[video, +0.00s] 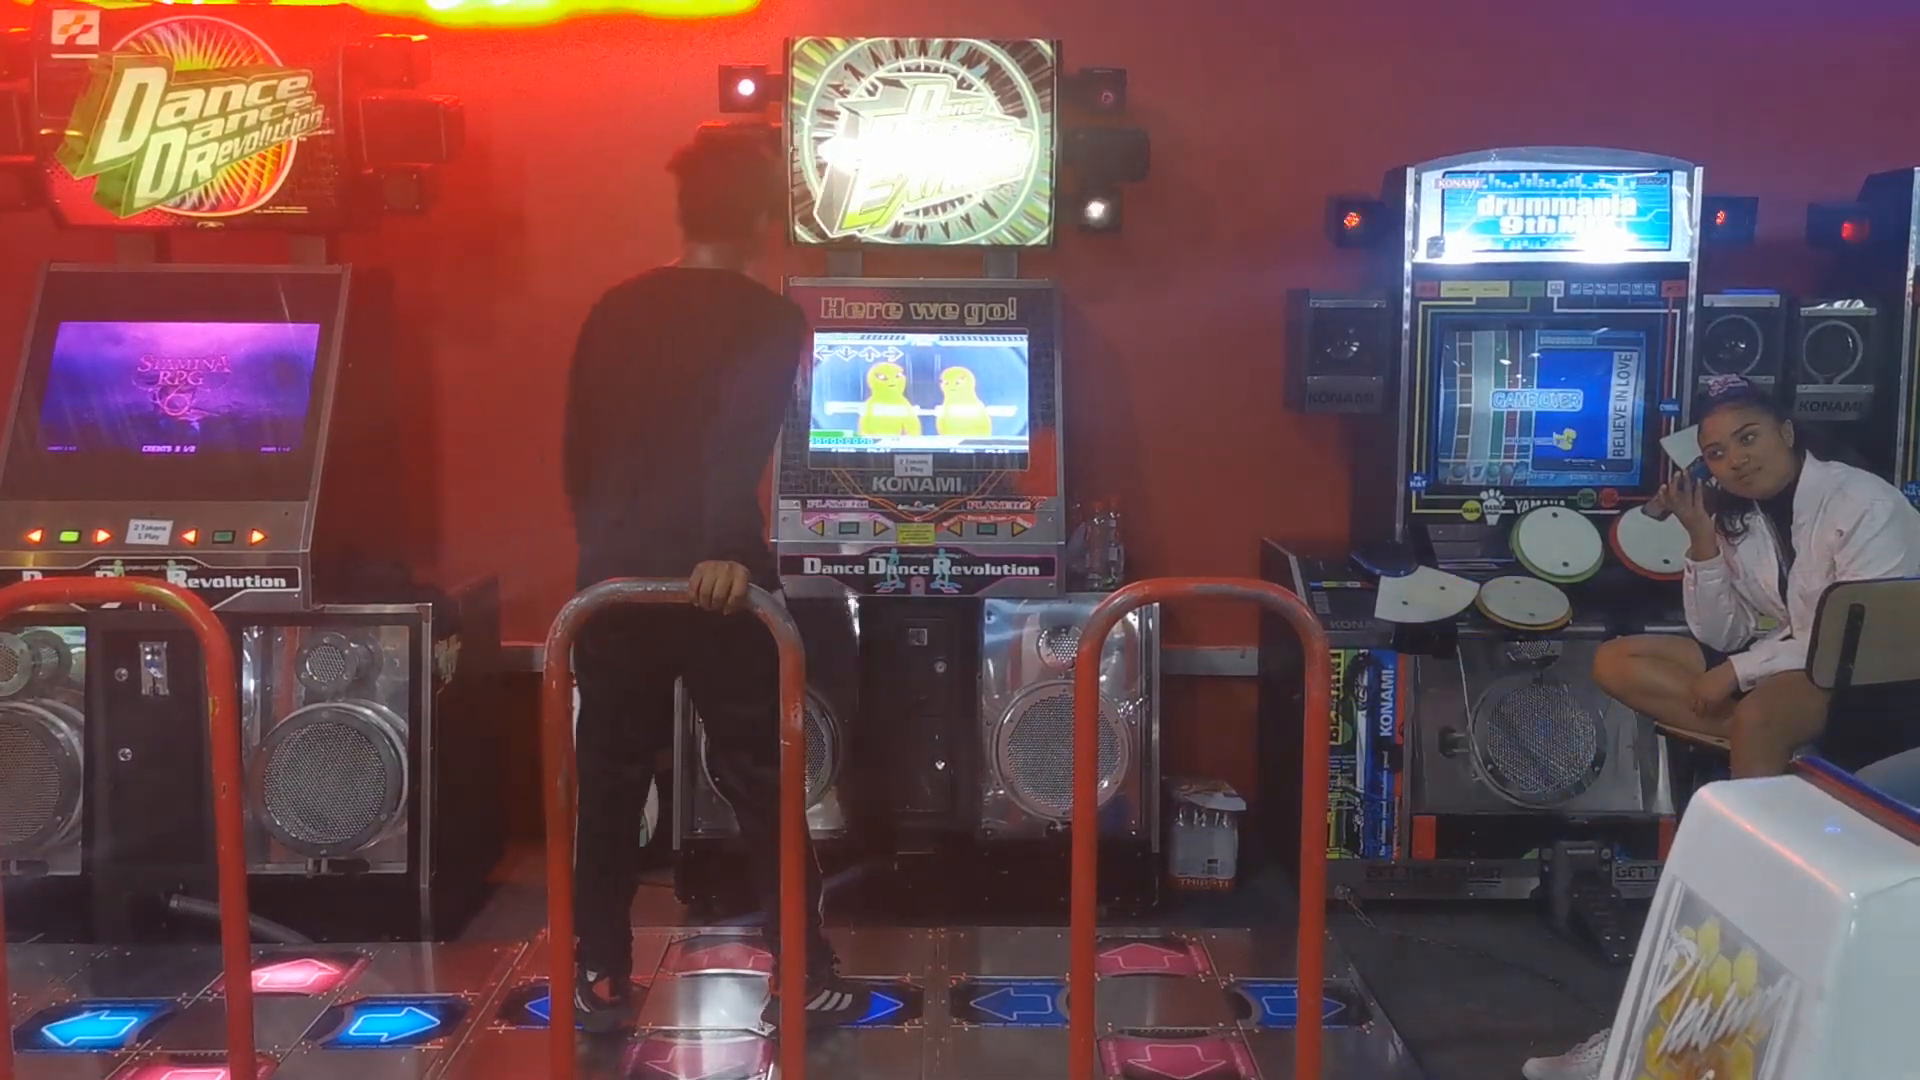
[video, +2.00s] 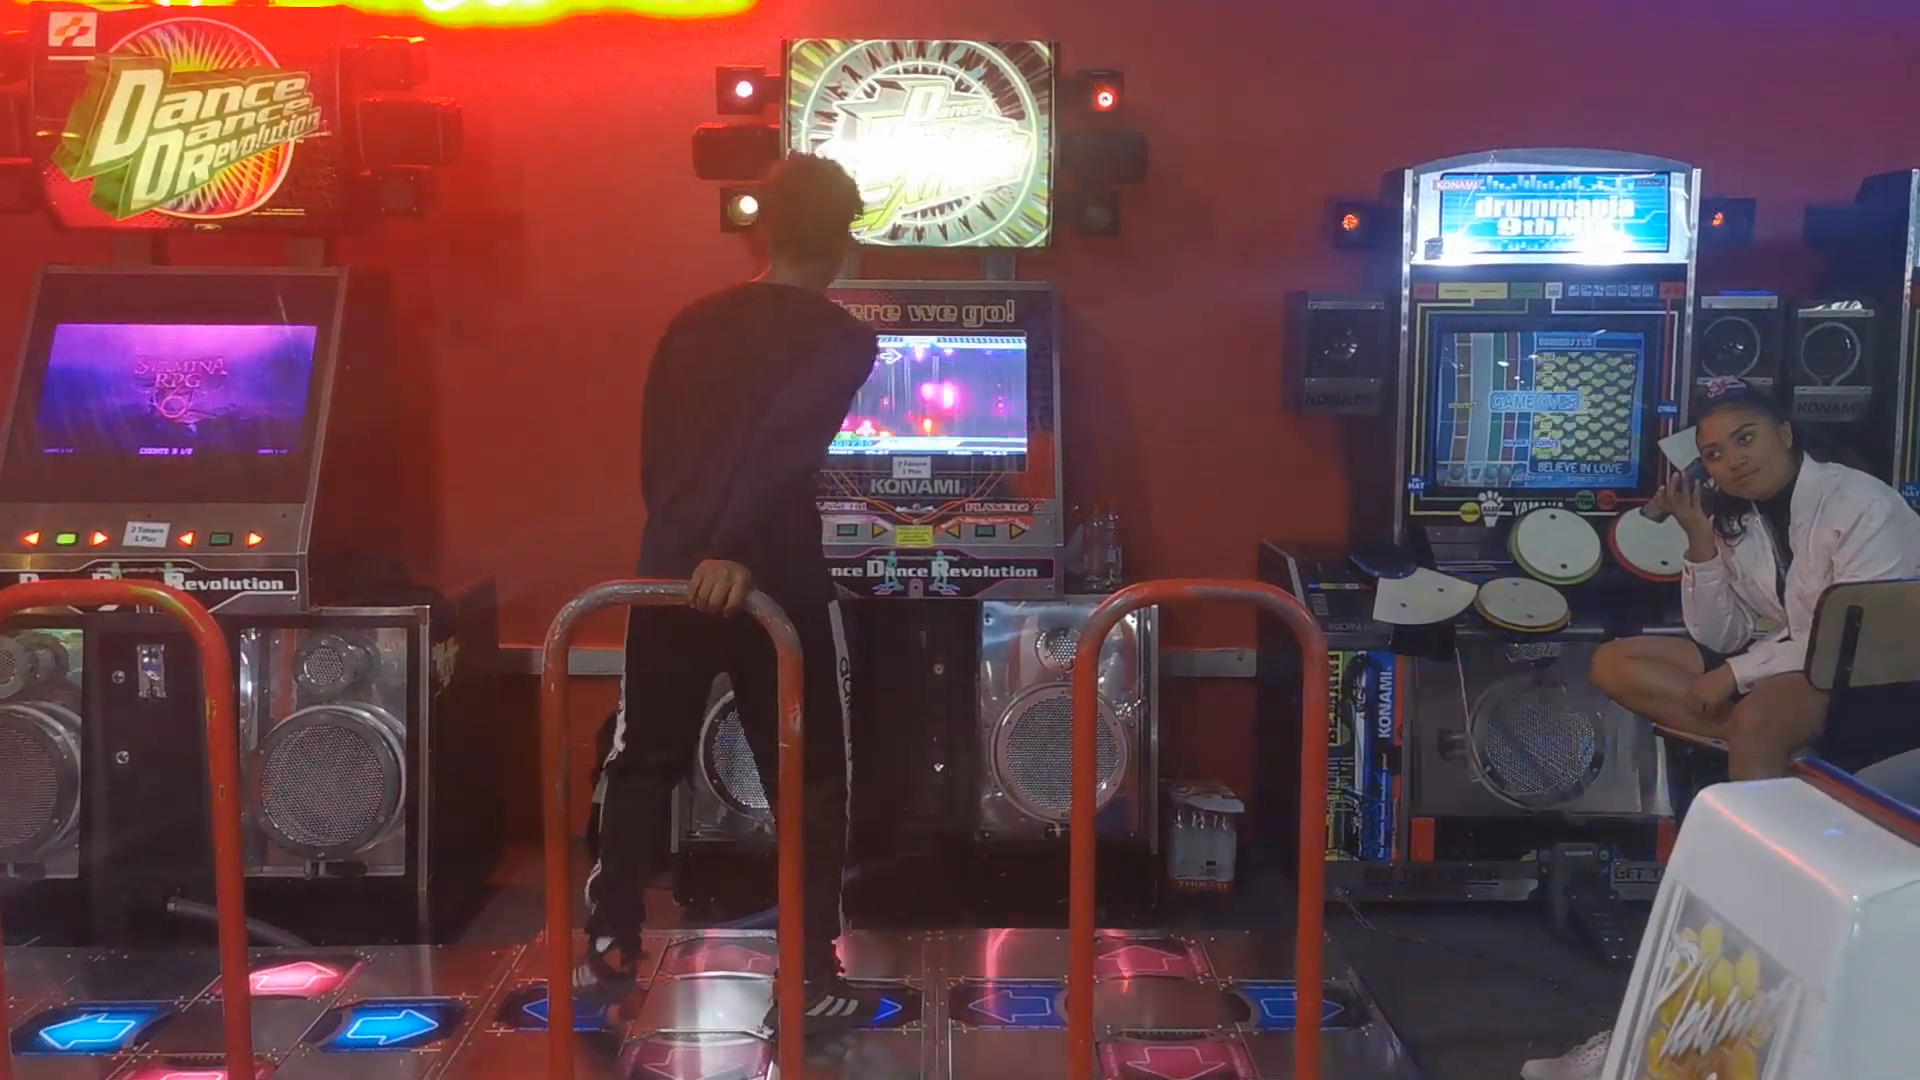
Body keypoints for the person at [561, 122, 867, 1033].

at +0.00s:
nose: (779, 226)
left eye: (775, 210)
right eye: (776, 210)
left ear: (683, 214)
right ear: (762, 217)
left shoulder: (616, 308)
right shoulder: (771, 317)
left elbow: (581, 447)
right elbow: (744, 431)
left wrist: (605, 543)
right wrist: (725, 534)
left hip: (616, 575)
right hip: (724, 578)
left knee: (611, 780)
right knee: (761, 771)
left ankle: (601, 976)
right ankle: (805, 973)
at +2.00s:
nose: (848, 245)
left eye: (844, 231)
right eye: (848, 233)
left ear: (763, 233)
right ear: (839, 240)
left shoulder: (690, 324)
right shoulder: (839, 335)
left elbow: (657, 458)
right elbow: (785, 439)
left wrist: (687, 538)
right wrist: (732, 542)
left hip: (674, 567)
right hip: (775, 576)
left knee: (642, 756)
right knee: (806, 774)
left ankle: (609, 957)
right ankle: (809, 980)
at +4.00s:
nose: (858, 237)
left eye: (846, 222)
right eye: (854, 224)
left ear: (770, 233)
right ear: (847, 234)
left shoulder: (702, 319)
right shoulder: (860, 325)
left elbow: (660, 459)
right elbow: (800, 434)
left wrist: (678, 568)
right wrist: (733, 545)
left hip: (695, 567)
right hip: (803, 560)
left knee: (676, 752)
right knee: (826, 764)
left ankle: (693, 949)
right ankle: (824, 974)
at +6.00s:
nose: (791, 247)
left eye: (775, 229)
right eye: (791, 232)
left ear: (712, 233)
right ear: (788, 235)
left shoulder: (636, 323)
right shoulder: (790, 325)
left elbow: (580, 456)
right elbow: (739, 432)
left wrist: (602, 554)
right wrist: (722, 541)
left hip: (600, 575)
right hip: (693, 578)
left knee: (614, 758)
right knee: (692, 795)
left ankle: (580, 953)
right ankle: (644, 1003)